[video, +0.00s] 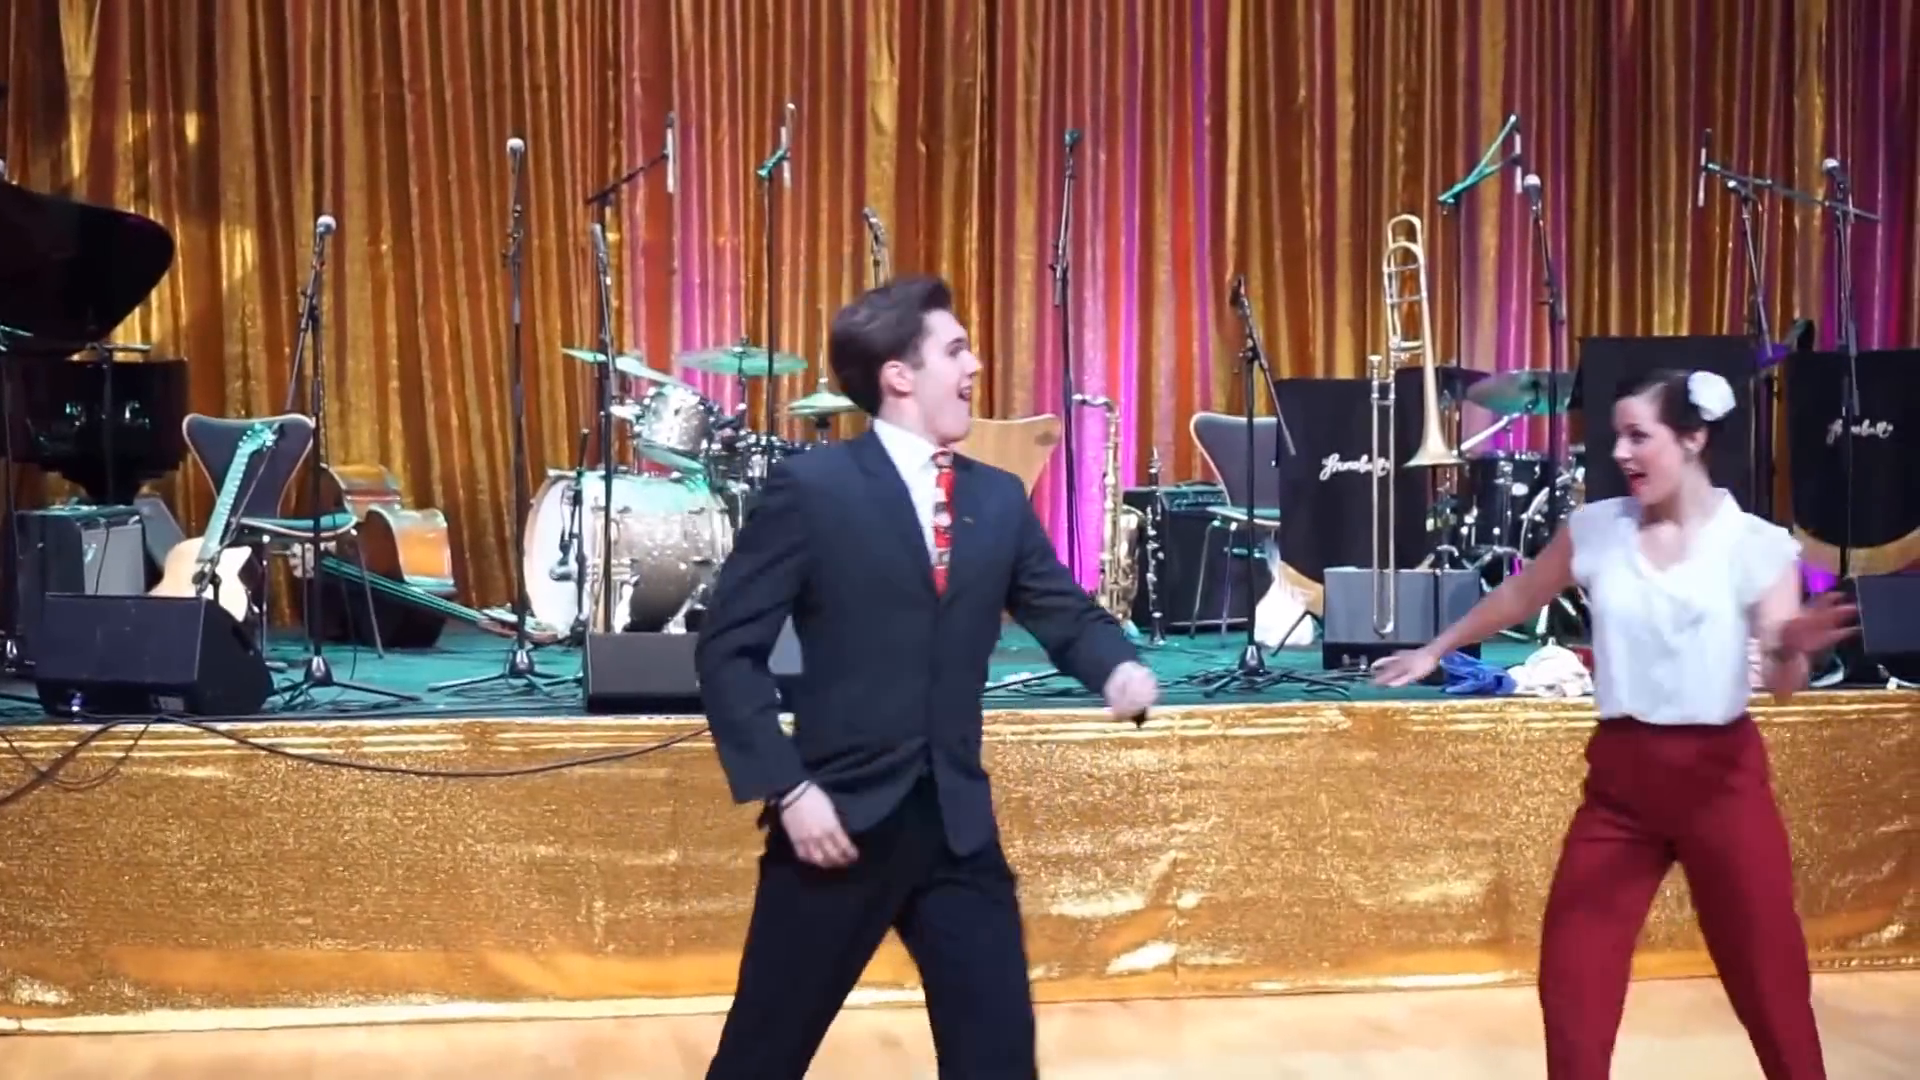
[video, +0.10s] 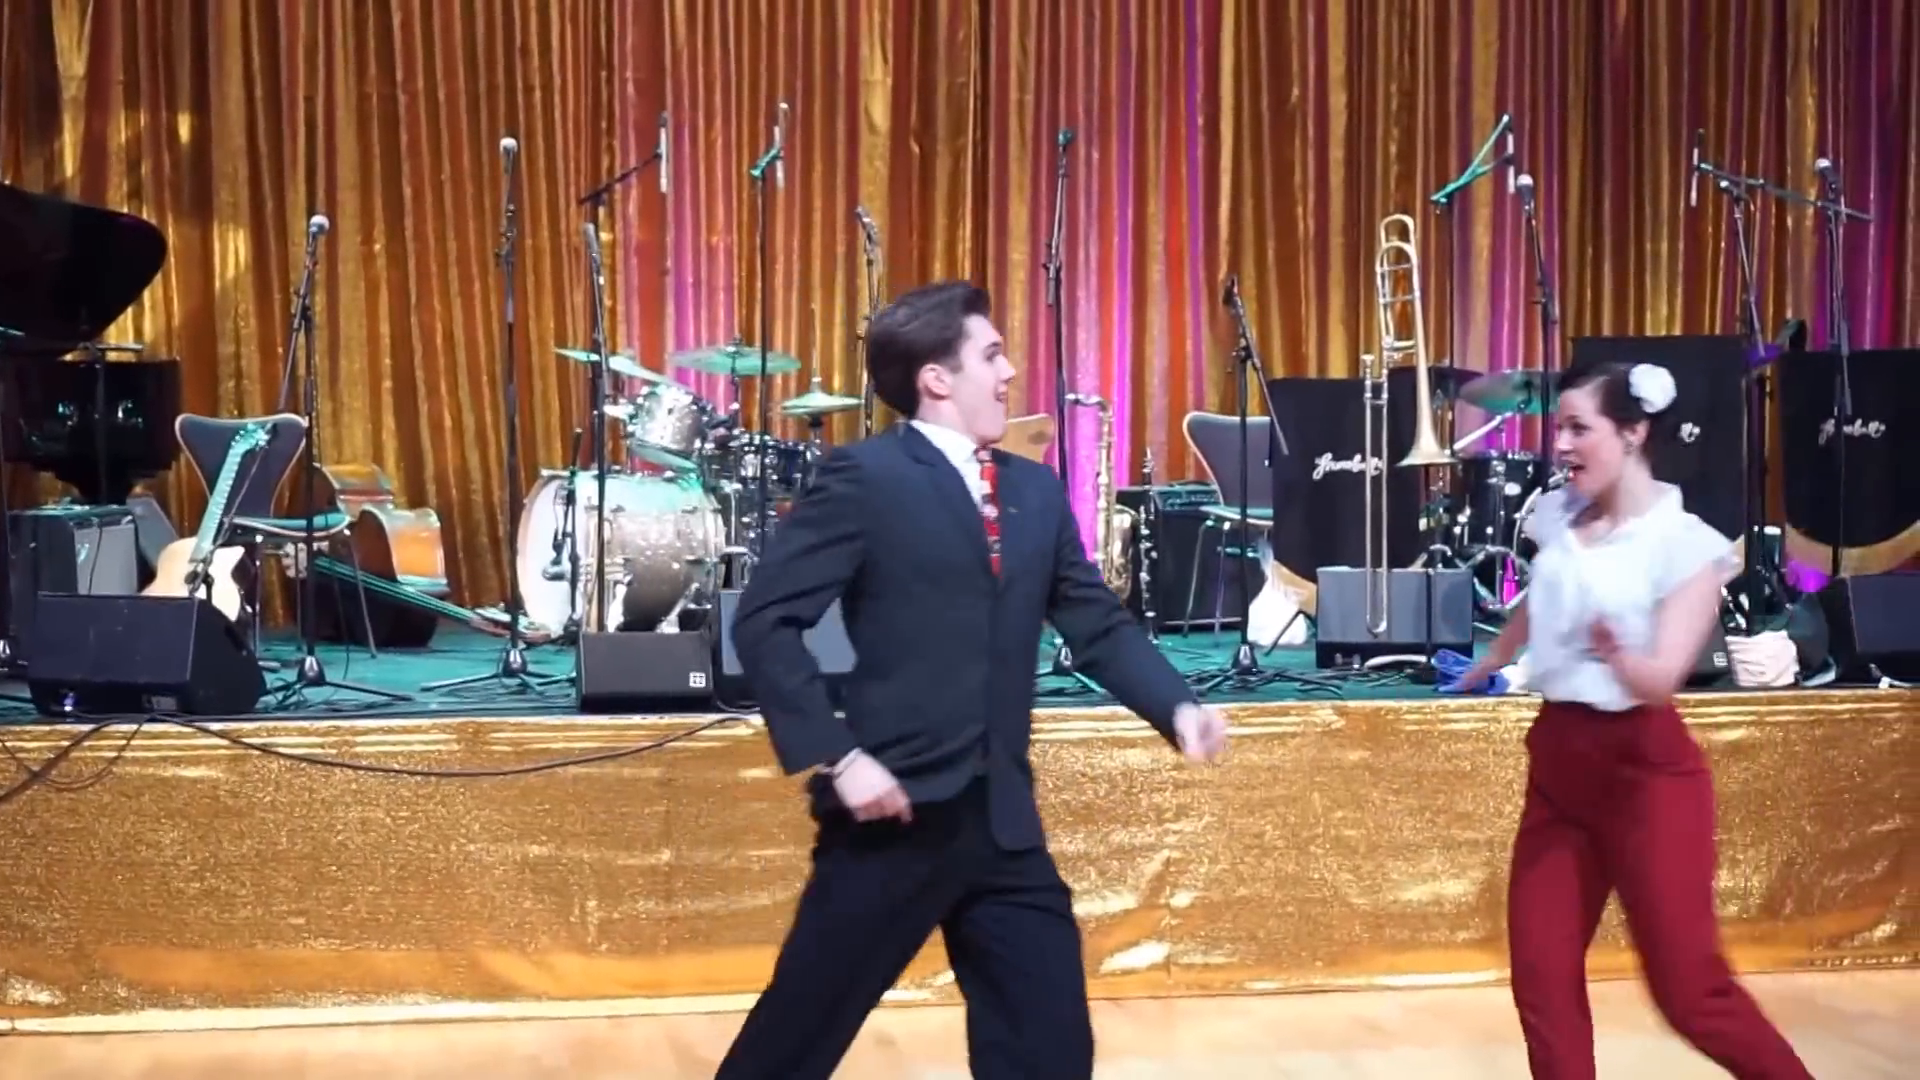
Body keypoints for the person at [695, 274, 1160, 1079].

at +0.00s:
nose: (973, 367)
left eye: (968, 349)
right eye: (953, 349)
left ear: (916, 377)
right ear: (897, 377)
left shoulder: (998, 498)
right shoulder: (810, 486)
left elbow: (1060, 607)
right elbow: (727, 644)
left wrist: (1115, 665)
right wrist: (787, 788)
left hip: (957, 825)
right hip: (835, 822)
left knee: (998, 1060)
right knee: (762, 1060)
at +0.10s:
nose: (1009, 371)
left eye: (1003, 353)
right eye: (990, 354)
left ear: (951, 380)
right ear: (935, 380)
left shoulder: (1034, 488)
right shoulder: (863, 480)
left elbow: (1096, 621)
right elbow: (765, 622)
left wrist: (1175, 703)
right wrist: (836, 755)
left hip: (1004, 825)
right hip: (890, 820)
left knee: (1049, 1057)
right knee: (787, 1051)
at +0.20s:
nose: (1036, 398)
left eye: (1029, 380)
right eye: (1015, 384)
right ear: (960, 414)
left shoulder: (1076, 516)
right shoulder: (906, 521)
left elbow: (1120, 676)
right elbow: (839, 679)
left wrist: (1186, 809)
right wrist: (928, 775)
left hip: (1067, 858)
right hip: (958, 857)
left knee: (1093, 1068)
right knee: (890, 1063)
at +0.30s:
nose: (1088, 451)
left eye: (1083, 429)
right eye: (1069, 434)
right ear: (1008, 460)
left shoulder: (1124, 549)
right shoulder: (945, 600)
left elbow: (1146, 717)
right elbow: (989, 742)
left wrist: (1157, 857)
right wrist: (1041, 812)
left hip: (1120, 863)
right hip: (1016, 874)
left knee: (1137, 1065)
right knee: (1072, 1061)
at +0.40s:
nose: (1200, 516)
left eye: (1197, 498)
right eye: (1187, 499)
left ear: (1130, 519)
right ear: (1125, 518)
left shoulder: (1186, 601)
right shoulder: (1021, 632)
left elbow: (1173, 756)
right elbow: (1053, 807)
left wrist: (1171, 874)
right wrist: (1168, 869)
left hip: (1128, 887)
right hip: (1046, 894)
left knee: (1122, 1065)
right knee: (1244, 1016)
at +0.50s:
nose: (1322, 571)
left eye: (1320, 553)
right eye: (1315, 553)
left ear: (1264, 563)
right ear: (1271, 561)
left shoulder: (1216, 645)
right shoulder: (1139, 654)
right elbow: (1134, 843)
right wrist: (1260, 946)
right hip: (1097, 917)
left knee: (1173, 1069)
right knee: (1314, 1029)